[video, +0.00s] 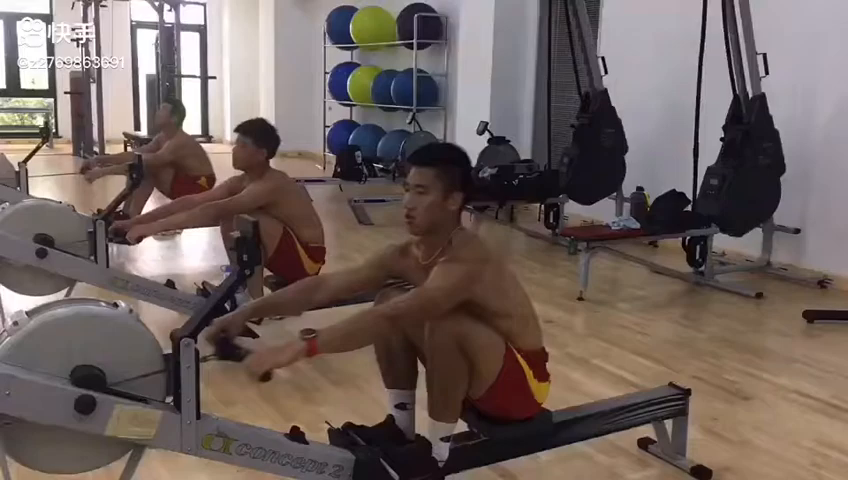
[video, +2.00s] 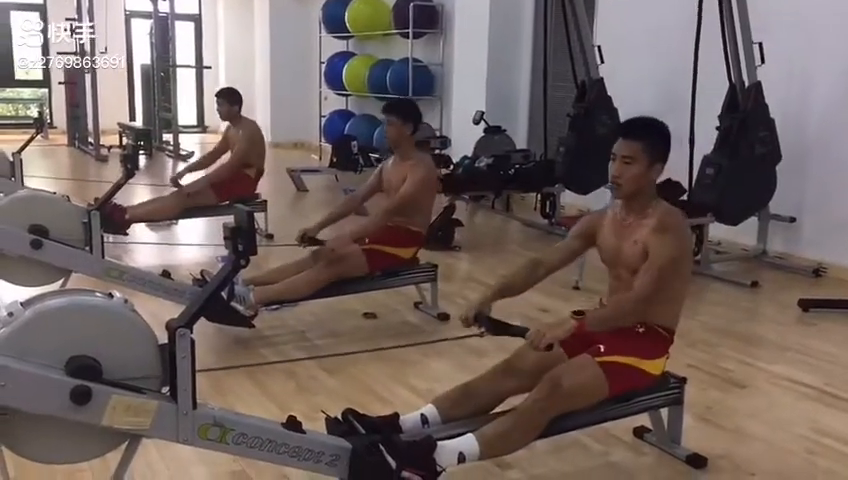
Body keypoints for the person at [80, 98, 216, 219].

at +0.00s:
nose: (156, 113)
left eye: (161, 110)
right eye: (158, 110)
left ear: (173, 118)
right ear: (169, 118)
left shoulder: (178, 143)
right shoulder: (162, 138)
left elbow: (143, 162)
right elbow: (135, 155)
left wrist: (104, 171)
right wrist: (101, 160)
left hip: (199, 190)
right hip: (189, 186)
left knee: (147, 169)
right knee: (143, 168)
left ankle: (132, 219)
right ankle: (127, 215)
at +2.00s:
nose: (218, 110)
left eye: (221, 105)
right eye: (217, 105)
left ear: (235, 106)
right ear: (227, 106)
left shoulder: (248, 131)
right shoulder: (232, 130)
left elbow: (229, 169)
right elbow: (212, 156)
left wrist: (189, 188)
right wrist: (183, 172)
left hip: (241, 186)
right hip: (230, 181)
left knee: (183, 200)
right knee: (180, 196)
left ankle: (126, 218)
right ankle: (124, 212)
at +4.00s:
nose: (252, 89)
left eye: (257, 87)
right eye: (254, 86)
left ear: (266, 94)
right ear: (263, 92)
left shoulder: (263, 121)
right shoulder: (249, 115)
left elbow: (227, 141)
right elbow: (220, 131)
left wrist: (191, 146)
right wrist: (188, 137)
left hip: (247, 173)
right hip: (240, 167)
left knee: (188, 166)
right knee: (183, 163)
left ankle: (142, 205)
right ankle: (140, 198)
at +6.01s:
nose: (197, 106)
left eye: (201, 103)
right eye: (198, 102)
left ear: (215, 104)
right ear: (212, 105)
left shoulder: (230, 127)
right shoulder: (212, 126)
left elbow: (205, 157)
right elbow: (186, 147)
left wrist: (170, 168)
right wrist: (159, 159)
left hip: (235, 181)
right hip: (225, 176)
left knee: (176, 171)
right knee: (170, 170)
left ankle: (128, 214)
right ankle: (127, 208)